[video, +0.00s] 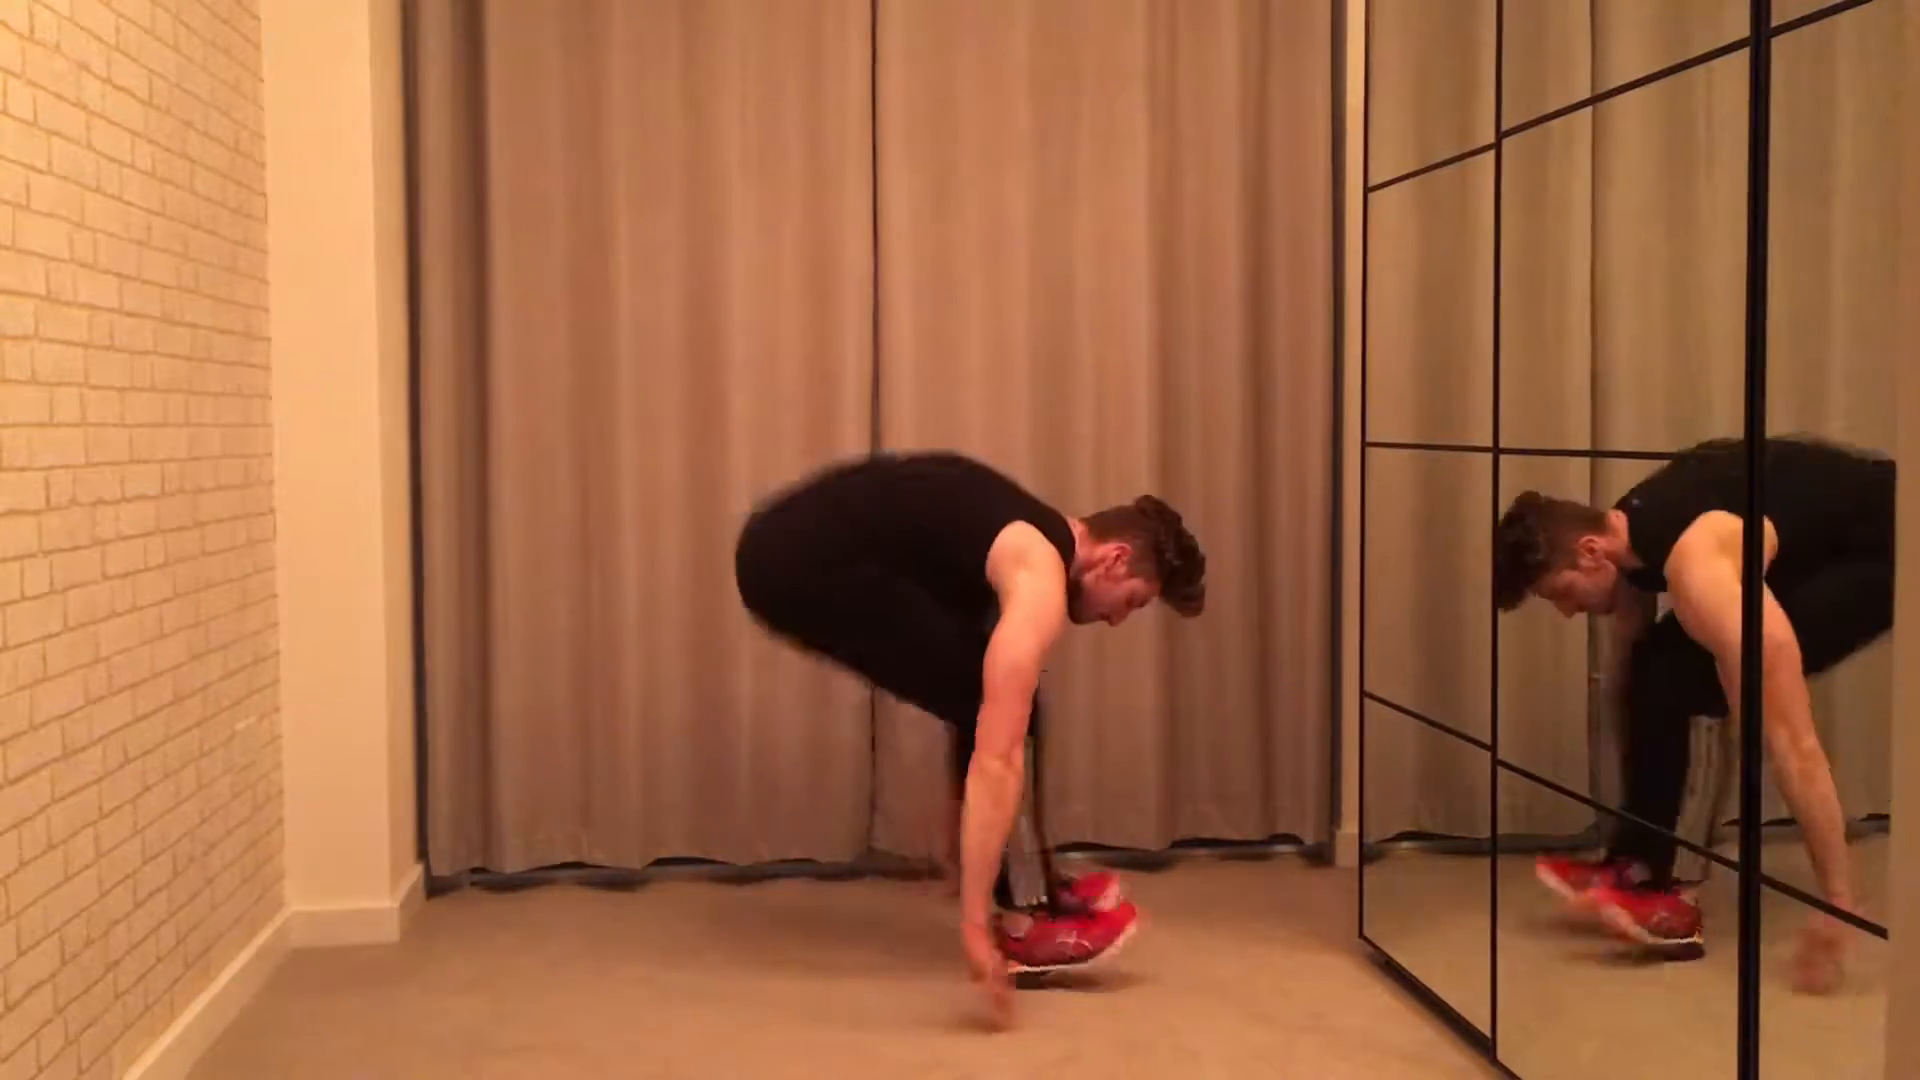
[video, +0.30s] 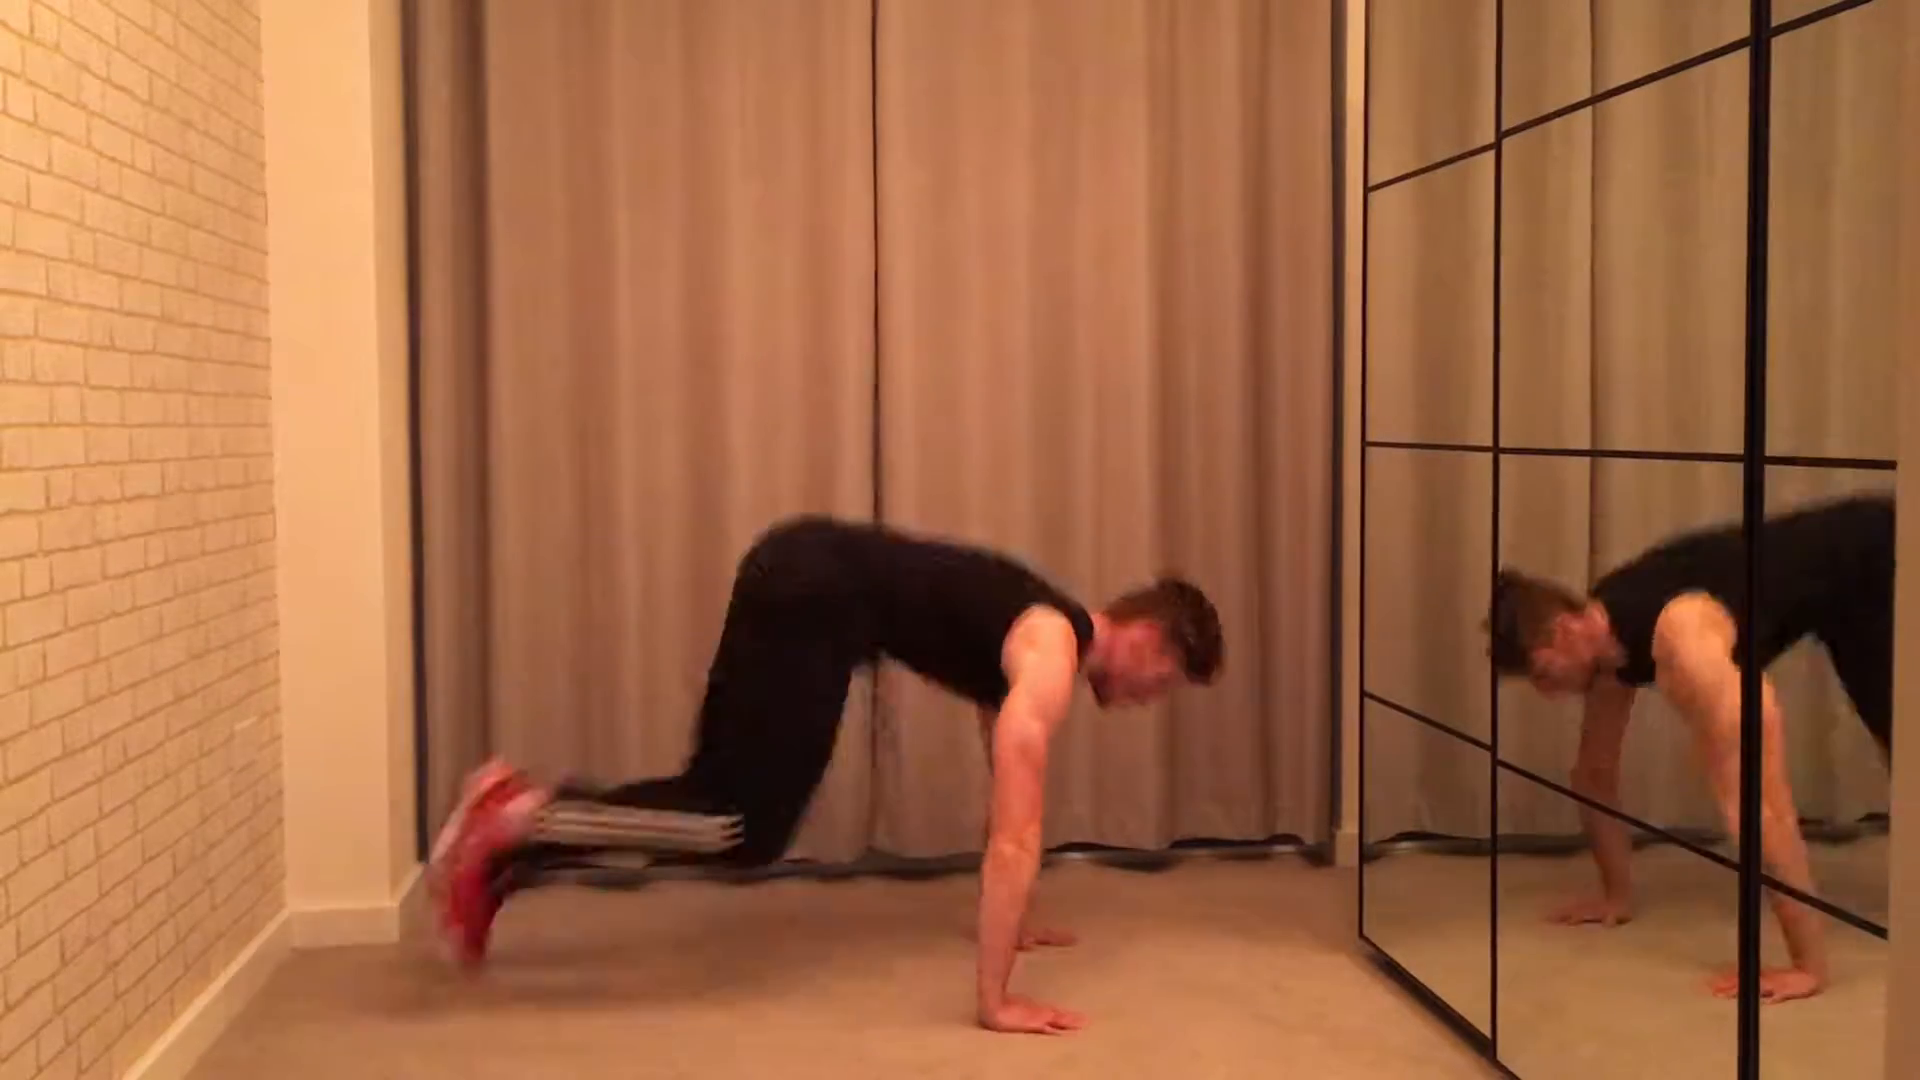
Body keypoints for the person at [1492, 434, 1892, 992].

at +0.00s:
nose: (1570, 612)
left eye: (1563, 594)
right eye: (1556, 602)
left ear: (1592, 553)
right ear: (1593, 548)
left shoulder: (1701, 569)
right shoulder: (1630, 541)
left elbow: (1796, 742)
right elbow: (1627, 678)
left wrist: (1840, 902)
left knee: (1668, 671)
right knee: (1649, 665)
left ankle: (1650, 881)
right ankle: (1632, 861)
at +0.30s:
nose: (1551, 690)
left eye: (1544, 675)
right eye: (1540, 682)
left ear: (1565, 630)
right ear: (1564, 624)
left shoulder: (1685, 635)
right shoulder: (1615, 626)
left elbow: (1761, 807)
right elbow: (1595, 772)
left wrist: (1809, 965)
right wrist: (1617, 898)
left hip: (1885, 559)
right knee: (1900, 753)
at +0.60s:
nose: (1557, 742)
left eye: (1546, 729)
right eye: (1545, 737)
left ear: (1564, 684)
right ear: (1564, 677)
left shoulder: (1687, 662)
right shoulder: (1611, 642)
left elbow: (1795, 821)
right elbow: (1593, 778)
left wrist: (1812, 968)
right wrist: (1616, 897)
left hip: (1882, 649)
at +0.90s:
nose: (1611, 696)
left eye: (1604, 681)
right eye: (1598, 689)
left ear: (1628, 639)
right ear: (1627, 630)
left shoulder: (1739, 626)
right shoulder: (1653, 602)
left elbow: (1793, 805)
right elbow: (1619, 755)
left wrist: (1810, 962)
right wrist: (1616, 890)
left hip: (1893, 472)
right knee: (1771, 686)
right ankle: (1864, 814)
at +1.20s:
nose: (1575, 407)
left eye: (1581, 387)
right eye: (1568, 393)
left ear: (1630, 366)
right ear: (1617, 373)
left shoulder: (1732, 461)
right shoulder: (1635, 458)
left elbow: (1786, 637)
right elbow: (1596, 605)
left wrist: (1800, 794)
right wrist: (1585, 744)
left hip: (1872, 587)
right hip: (1777, 578)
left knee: (1741, 722)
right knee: (1654, 710)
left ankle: (1854, 918)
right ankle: (1741, 872)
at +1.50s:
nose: (1614, 61)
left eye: (1622, 36)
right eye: (1603, 46)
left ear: (1675, 15)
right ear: (1613, 44)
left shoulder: (1774, 105)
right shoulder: (1665, 131)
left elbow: (1894, 204)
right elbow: (1721, 257)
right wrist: (1713, 355)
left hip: (1793, 365)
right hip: (1708, 369)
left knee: (1801, 587)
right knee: (1701, 580)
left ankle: (1846, 818)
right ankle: (1715, 779)